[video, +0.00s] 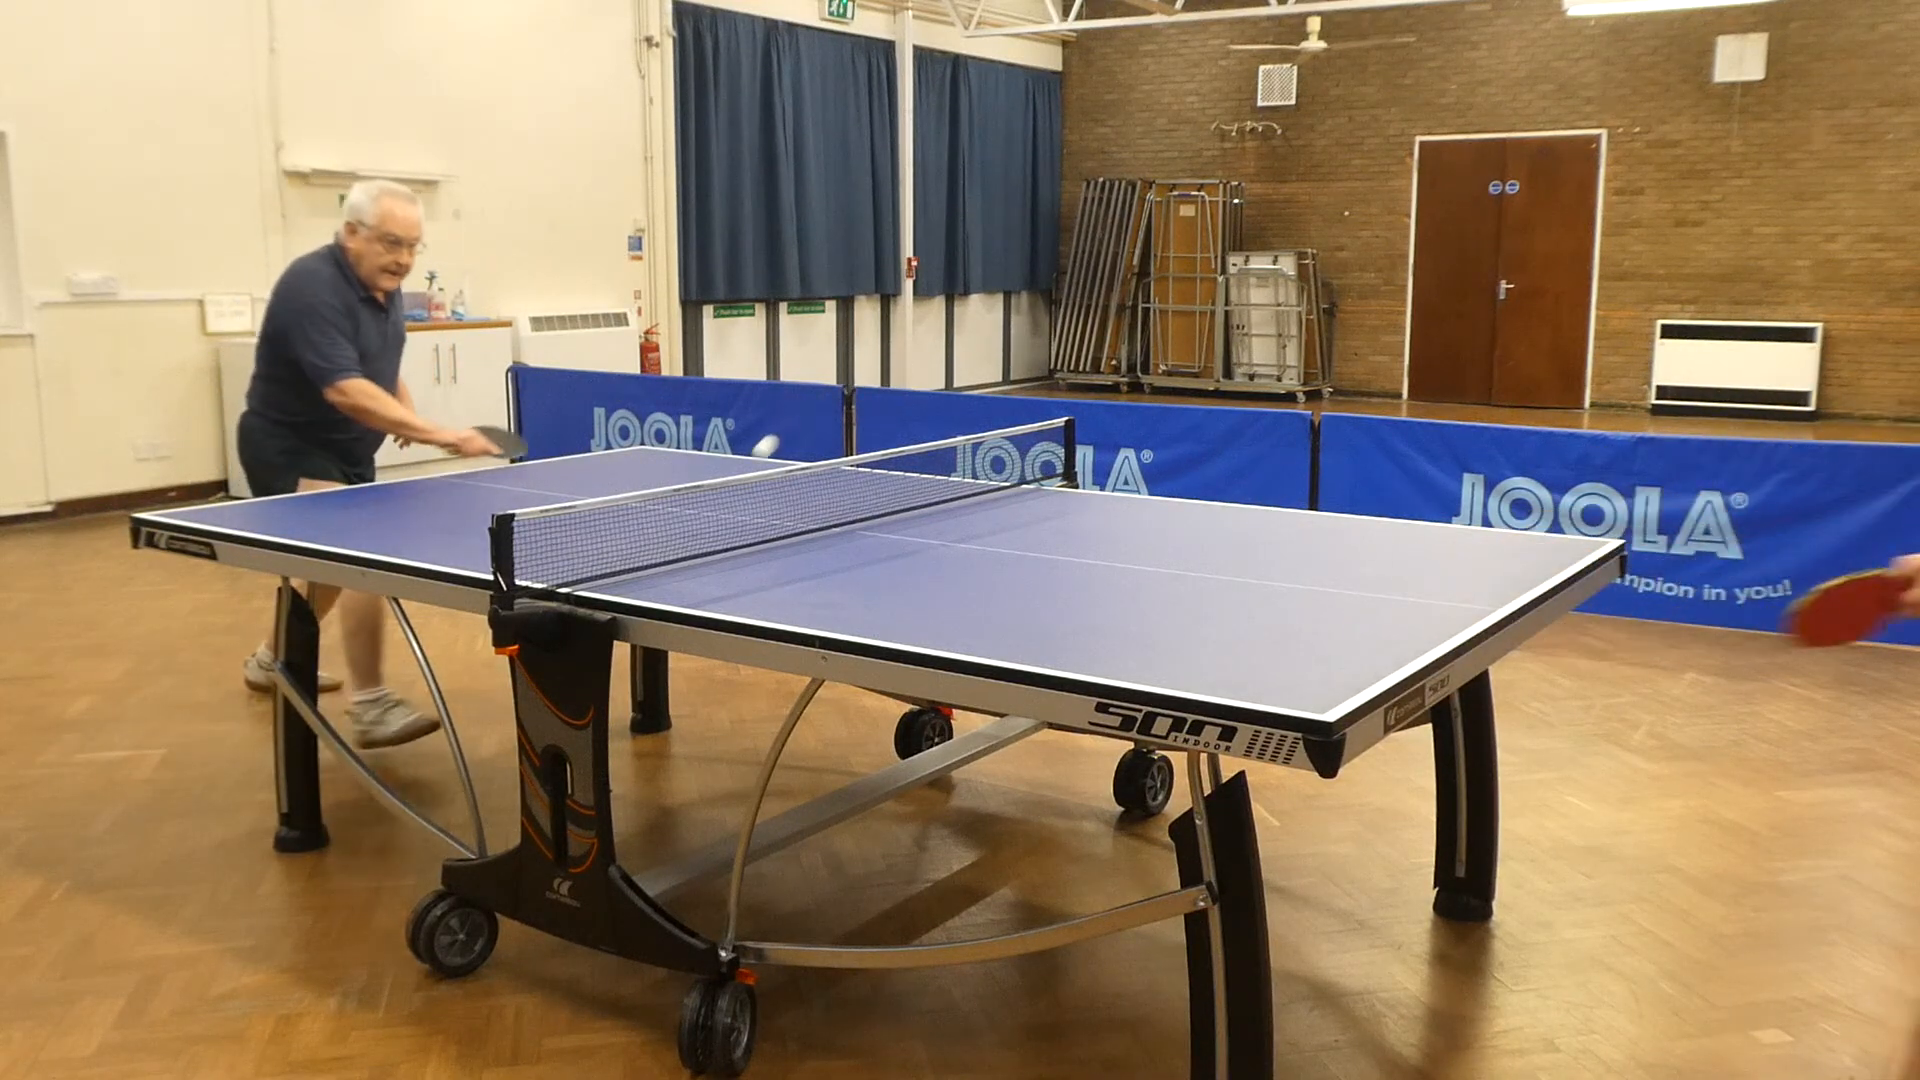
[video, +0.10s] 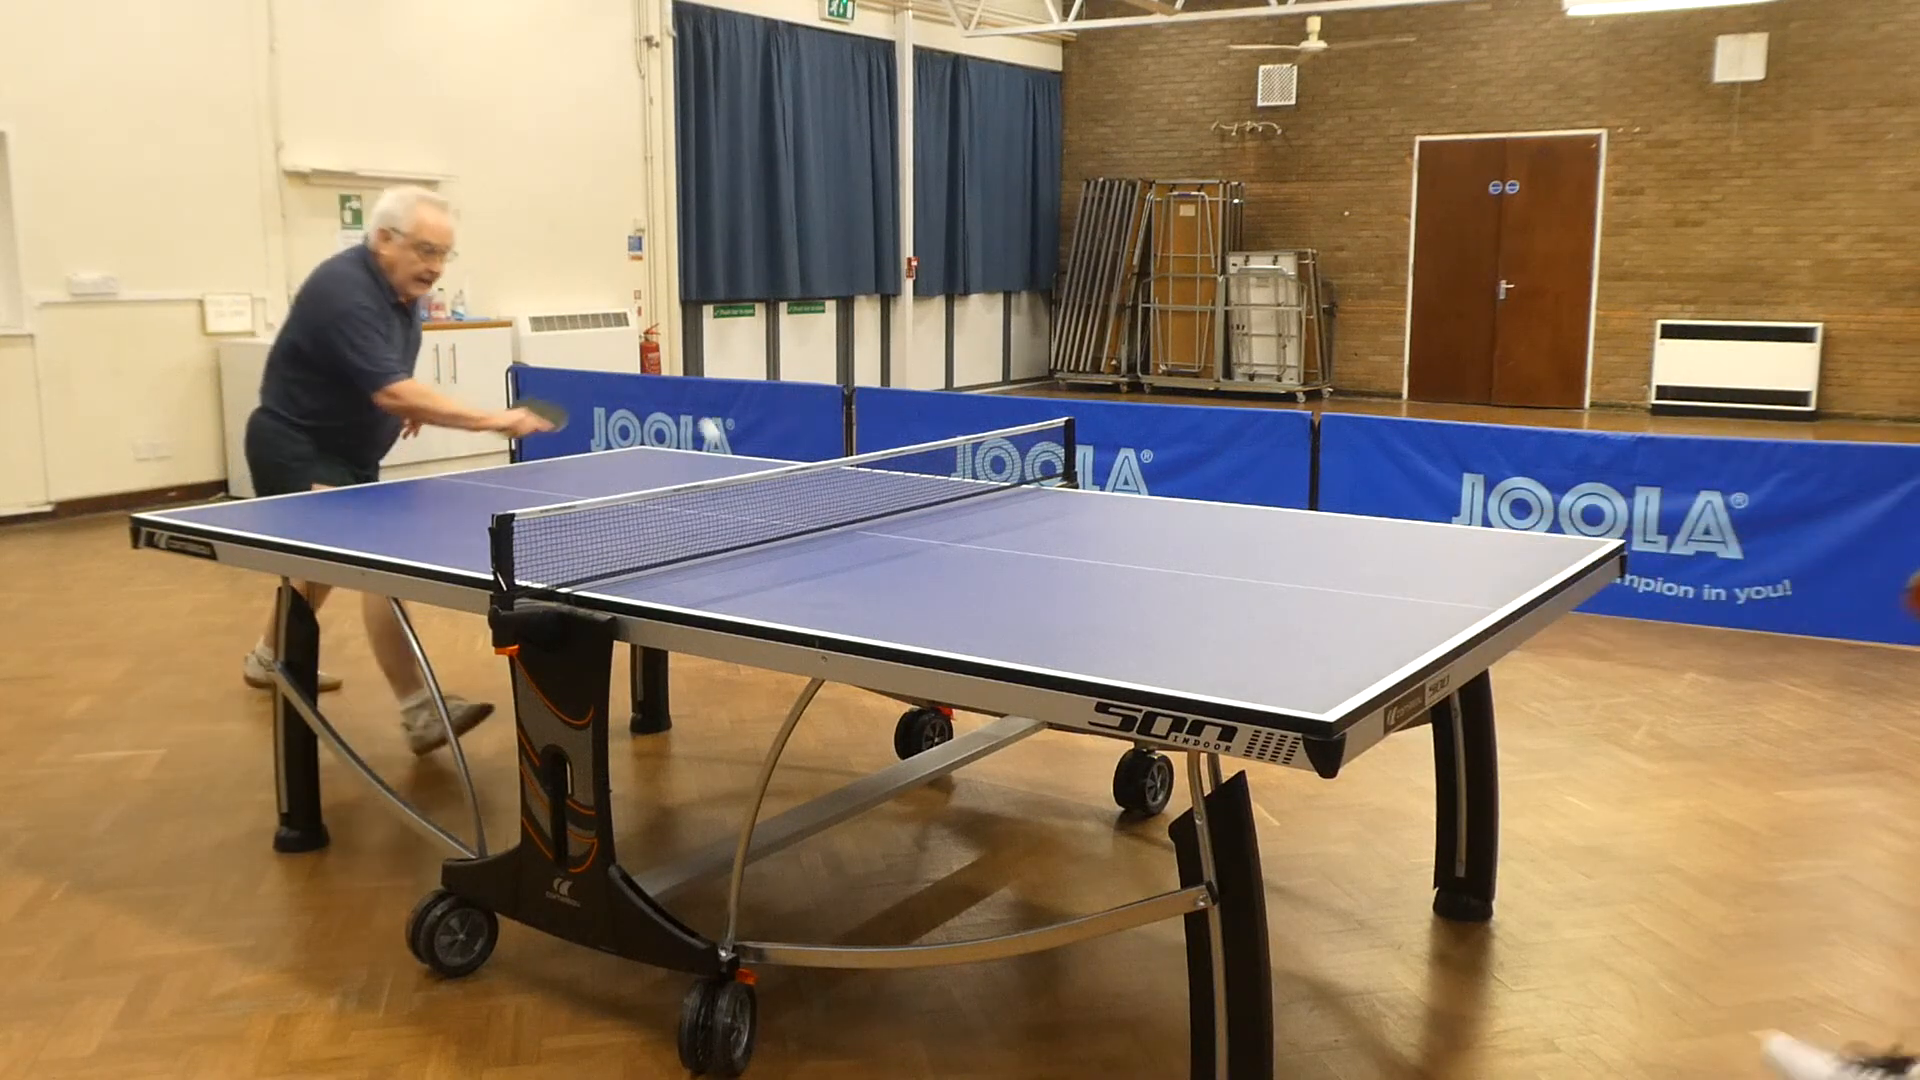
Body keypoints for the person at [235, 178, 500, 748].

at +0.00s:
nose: (403, 260)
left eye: (412, 247)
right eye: (390, 243)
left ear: (418, 247)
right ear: (350, 235)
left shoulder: (386, 293)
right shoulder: (311, 285)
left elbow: (387, 376)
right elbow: (343, 391)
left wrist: (409, 426)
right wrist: (444, 437)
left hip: (350, 453)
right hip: (290, 452)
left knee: (331, 562)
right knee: (364, 559)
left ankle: (274, 656)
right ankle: (369, 703)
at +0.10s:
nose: (436, 268)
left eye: (443, 255)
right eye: (426, 252)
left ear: (443, 252)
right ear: (383, 242)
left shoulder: (398, 289)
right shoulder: (343, 288)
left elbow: (386, 355)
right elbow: (390, 393)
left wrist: (404, 400)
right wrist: (495, 421)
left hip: (351, 450)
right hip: (296, 447)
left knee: (324, 558)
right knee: (381, 569)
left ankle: (271, 656)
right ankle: (422, 712)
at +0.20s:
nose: (471, 278)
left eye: (477, 265)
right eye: (463, 262)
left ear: (423, 254)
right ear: (418, 251)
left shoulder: (403, 286)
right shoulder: (385, 300)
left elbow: (380, 363)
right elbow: (458, 396)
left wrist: (424, 397)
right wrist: (556, 399)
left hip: (340, 452)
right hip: (315, 457)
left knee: (324, 557)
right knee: (410, 574)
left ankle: (271, 653)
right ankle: (437, 720)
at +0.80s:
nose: (422, 244)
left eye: (431, 232)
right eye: (407, 229)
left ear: (438, 235)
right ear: (368, 228)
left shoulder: (407, 287)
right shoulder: (342, 289)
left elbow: (397, 364)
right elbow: (386, 384)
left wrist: (433, 410)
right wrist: (487, 412)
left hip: (379, 458)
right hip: (325, 460)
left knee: (361, 561)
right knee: (414, 575)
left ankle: (273, 650)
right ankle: (439, 722)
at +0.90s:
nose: (379, 234)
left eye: (390, 222)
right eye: (364, 221)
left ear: (400, 227)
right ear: (329, 221)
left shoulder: (387, 279)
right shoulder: (302, 286)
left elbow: (389, 355)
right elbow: (327, 376)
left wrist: (431, 404)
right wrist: (414, 410)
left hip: (371, 454)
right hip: (309, 457)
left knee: (344, 568)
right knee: (379, 575)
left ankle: (265, 659)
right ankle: (428, 716)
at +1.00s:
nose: (348, 228)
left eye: (359, 216)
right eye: (332, 215)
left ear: (369, 222)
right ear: (300, 217)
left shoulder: (367, 274)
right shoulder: (274, 282)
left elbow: (371, 346)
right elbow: (276, 371)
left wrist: (411, 402)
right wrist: (343, 411)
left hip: (360, 446)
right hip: (293, 453)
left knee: (346, 567)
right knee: (356, 567)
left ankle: (263, 659)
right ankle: (395, 708)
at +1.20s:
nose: (316, 224)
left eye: (329, 212)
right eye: (301, 211)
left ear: (340, 215)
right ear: (269, 212)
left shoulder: (345, 264)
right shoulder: (242, 274)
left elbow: (351, 339)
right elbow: (212, 356)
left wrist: (385, 400)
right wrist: (247, 412)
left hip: (338, 442)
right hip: (272, 446)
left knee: (337, 563)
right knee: (319, 567)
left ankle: (263, 661)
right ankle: (315, 707)